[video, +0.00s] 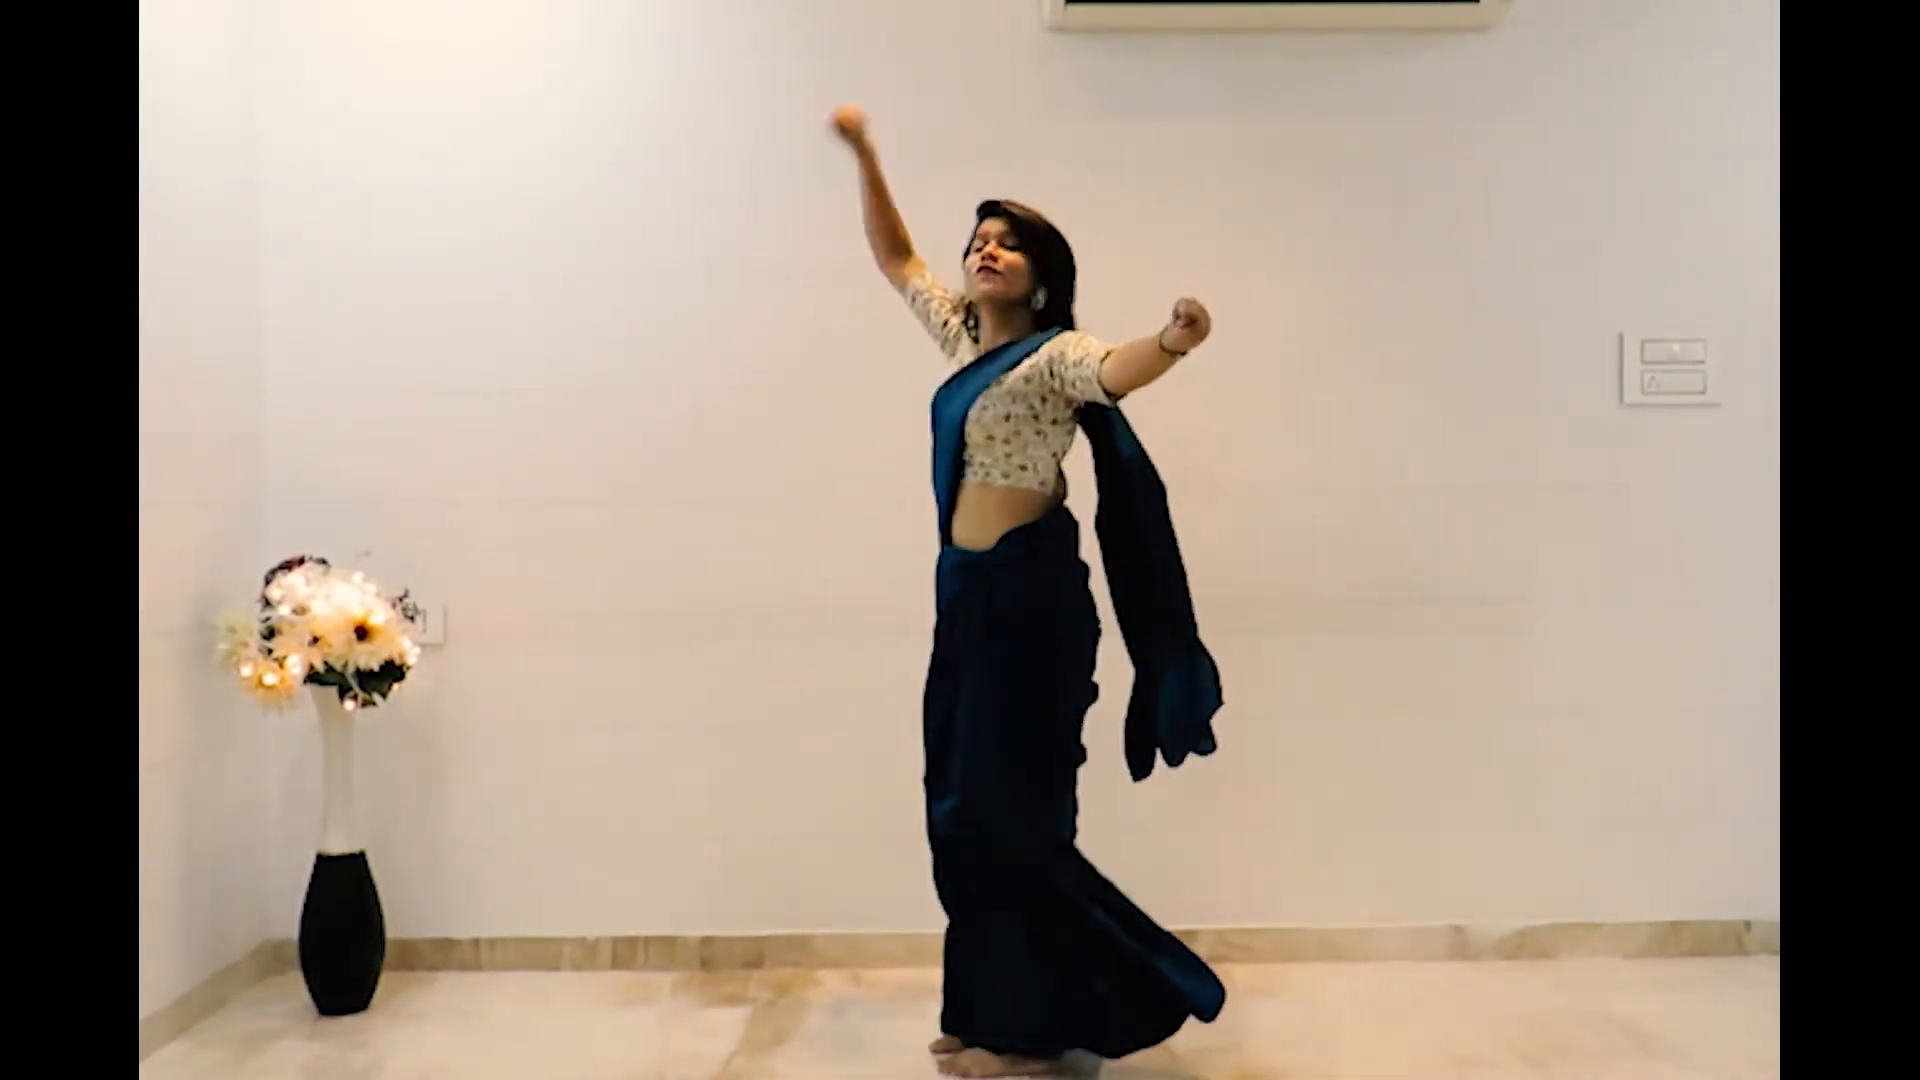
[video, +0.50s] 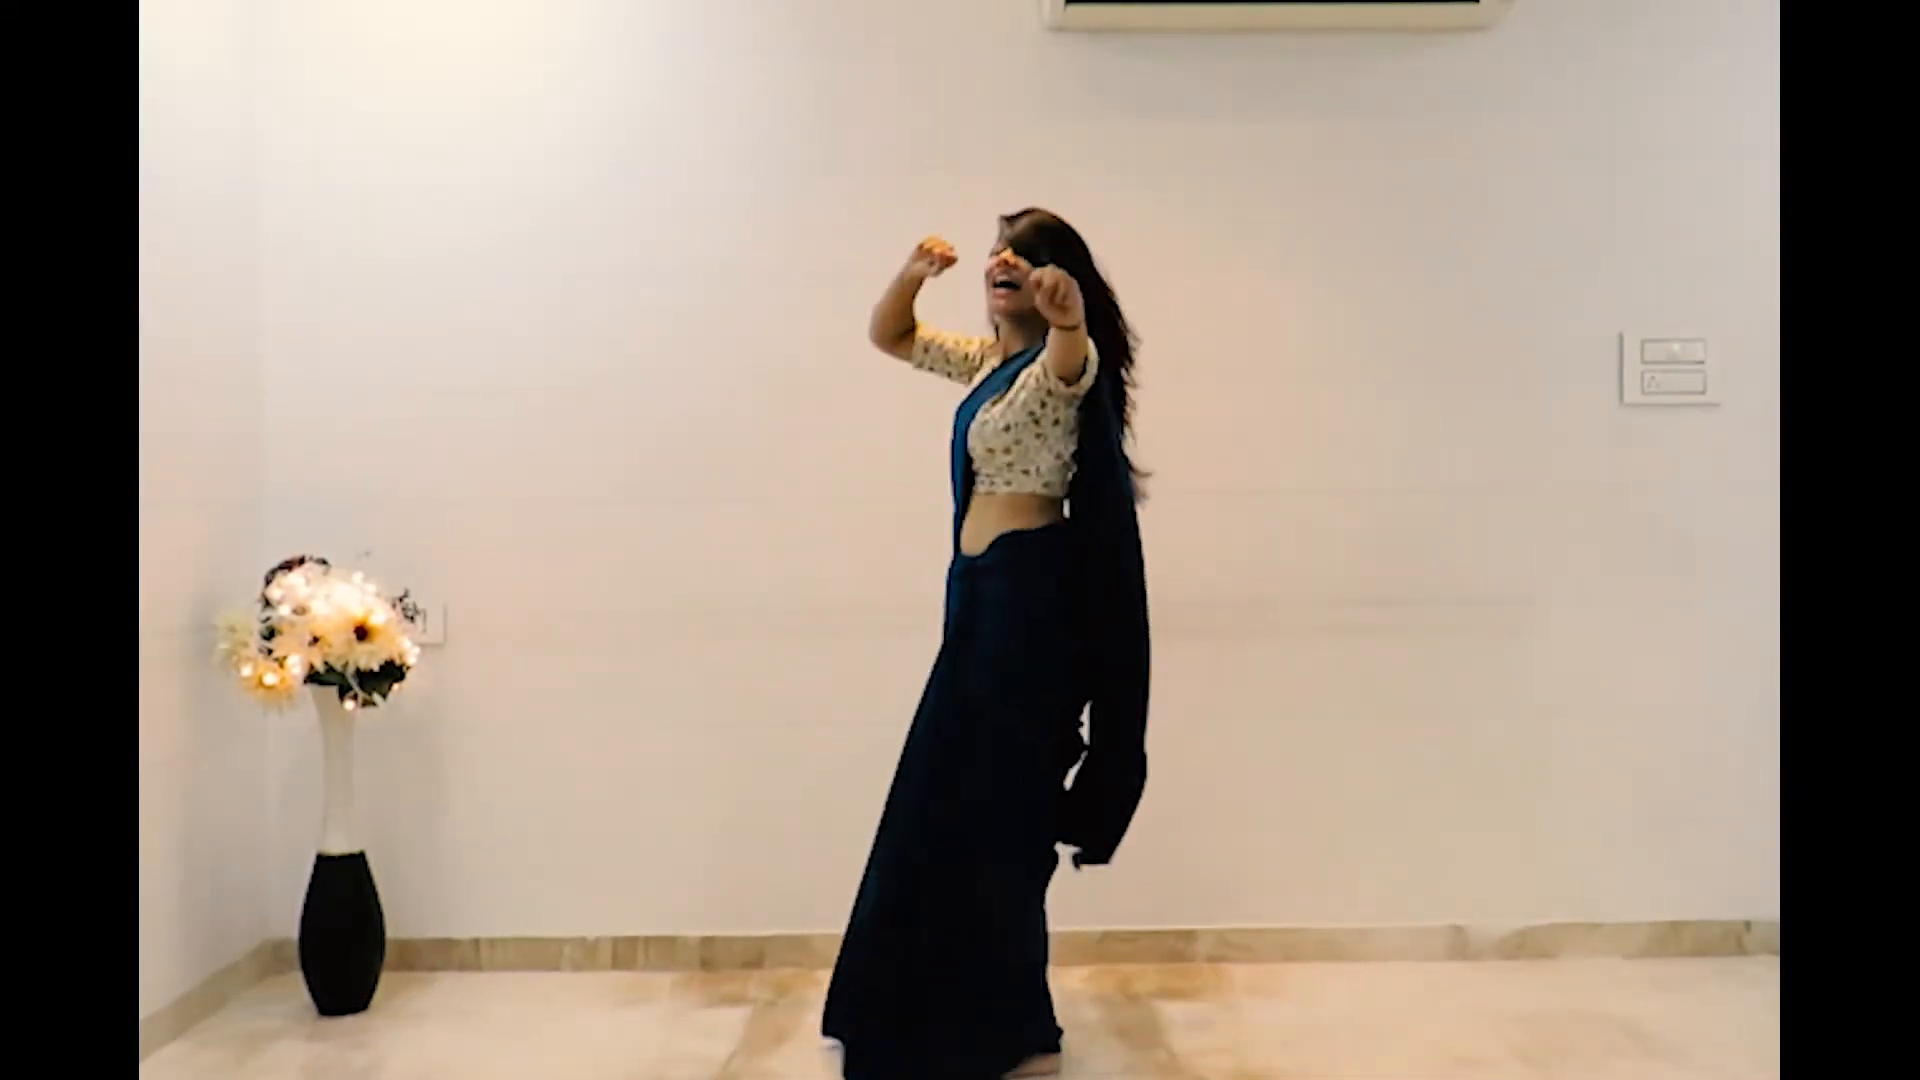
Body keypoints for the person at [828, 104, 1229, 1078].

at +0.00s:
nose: (985, 253)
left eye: (1005, 247)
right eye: (980, 245)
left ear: (1043, 275)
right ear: (967, 273)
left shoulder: (1055, 353)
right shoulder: (964, 343)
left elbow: (1113, 370)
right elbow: (898, 261)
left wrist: (1169, 342)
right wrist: (864, 155)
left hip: (1028, 596)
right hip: (965, 597)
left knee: (999, 811)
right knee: (960, 810)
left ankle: (1046, 1024)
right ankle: (995, 1022)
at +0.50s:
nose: (1001, 269)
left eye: (1020, 258)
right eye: (997, 258)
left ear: (1054, 287)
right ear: (990, 284)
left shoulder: (1058, 367)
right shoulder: (989, 364)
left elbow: (1071, 348)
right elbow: (890, 336)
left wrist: (1060, 304)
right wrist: (909, 279)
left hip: (1026, 596)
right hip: (977, 596)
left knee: (960, 803)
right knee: (973, 805)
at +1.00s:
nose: (972, 256)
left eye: (988, 247)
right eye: (979, 243)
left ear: (1029, 270)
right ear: (1018, 269)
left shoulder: (1047, 333)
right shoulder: (1005, 356)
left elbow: (1008, 330)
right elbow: (963, 405)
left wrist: (902, 351)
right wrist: (925, 424)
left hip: (1023, 581)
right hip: (989, 582)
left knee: (987, 795)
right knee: (982, 796)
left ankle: (1009, 1026)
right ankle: (999, 1019)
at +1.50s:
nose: (992, 255)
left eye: (1010, 249)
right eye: (1000, 244)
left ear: (1038, 275)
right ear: (1030, 281)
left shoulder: (1033, 361)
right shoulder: (997, 356)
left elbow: (930, 374)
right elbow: (882, 388)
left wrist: (914, 255)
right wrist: (884, 294)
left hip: (1029, 613)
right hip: (1004, 608)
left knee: (982, 803)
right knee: (986, 803)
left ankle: (1005, 1018)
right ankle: (1001, 1011)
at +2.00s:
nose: (1041, 217)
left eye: (1056, 206)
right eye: (1020, 208)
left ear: (1081, 236)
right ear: (992, 239)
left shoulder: (1120, 347)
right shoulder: (956, 324)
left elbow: (1207, 438)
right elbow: (828, 387)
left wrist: (1188, 461)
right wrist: (924, 464)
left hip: (1067, 598)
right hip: (965, 594)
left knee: (1061, 790)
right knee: (972, 802)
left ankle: (1097, 1017)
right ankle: (1003, 1025)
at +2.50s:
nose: (1004, 308)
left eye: (1017, 295)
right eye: (984, 296)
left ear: (1040, 313)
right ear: (951, 317)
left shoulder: (1055, 414)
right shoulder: (952, 414)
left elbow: (1140, 504)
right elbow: (1054, 504)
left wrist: (1253, 463)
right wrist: (1100, 409)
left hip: (1017, 660)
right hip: (924, 656)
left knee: (1037, 863)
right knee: (863, 844)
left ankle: (1055, 1050)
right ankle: (746, 1045)